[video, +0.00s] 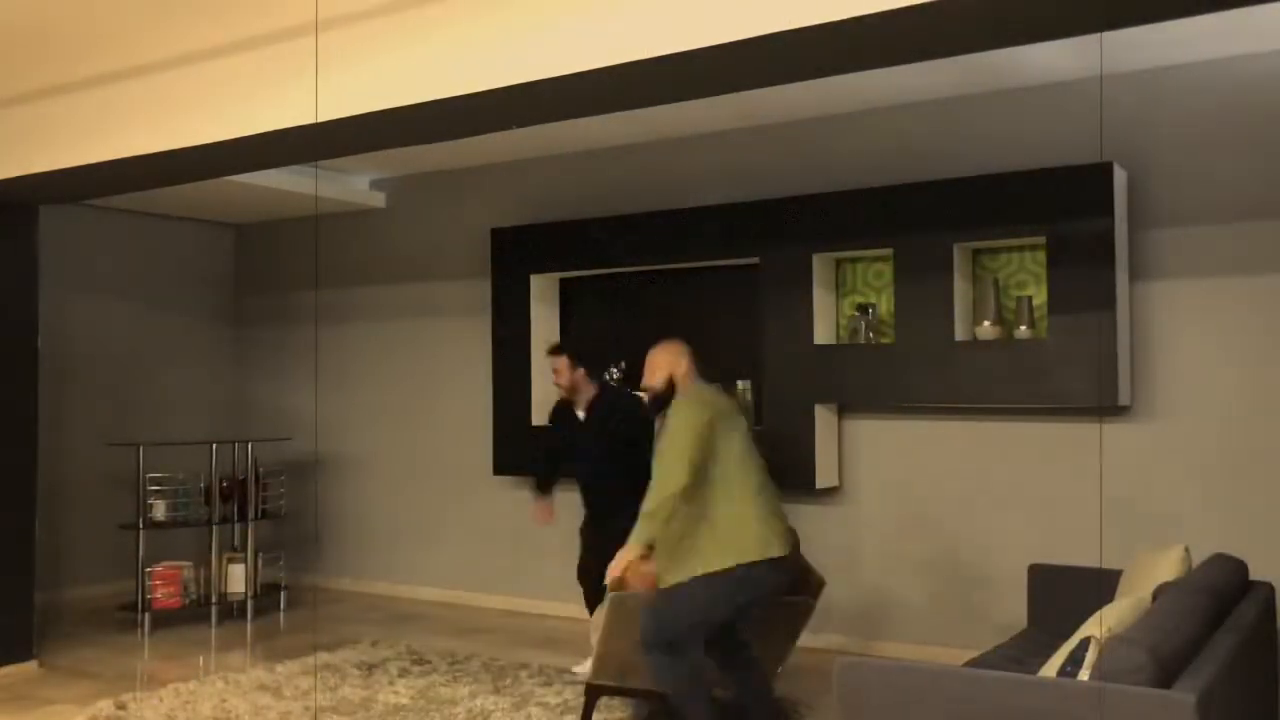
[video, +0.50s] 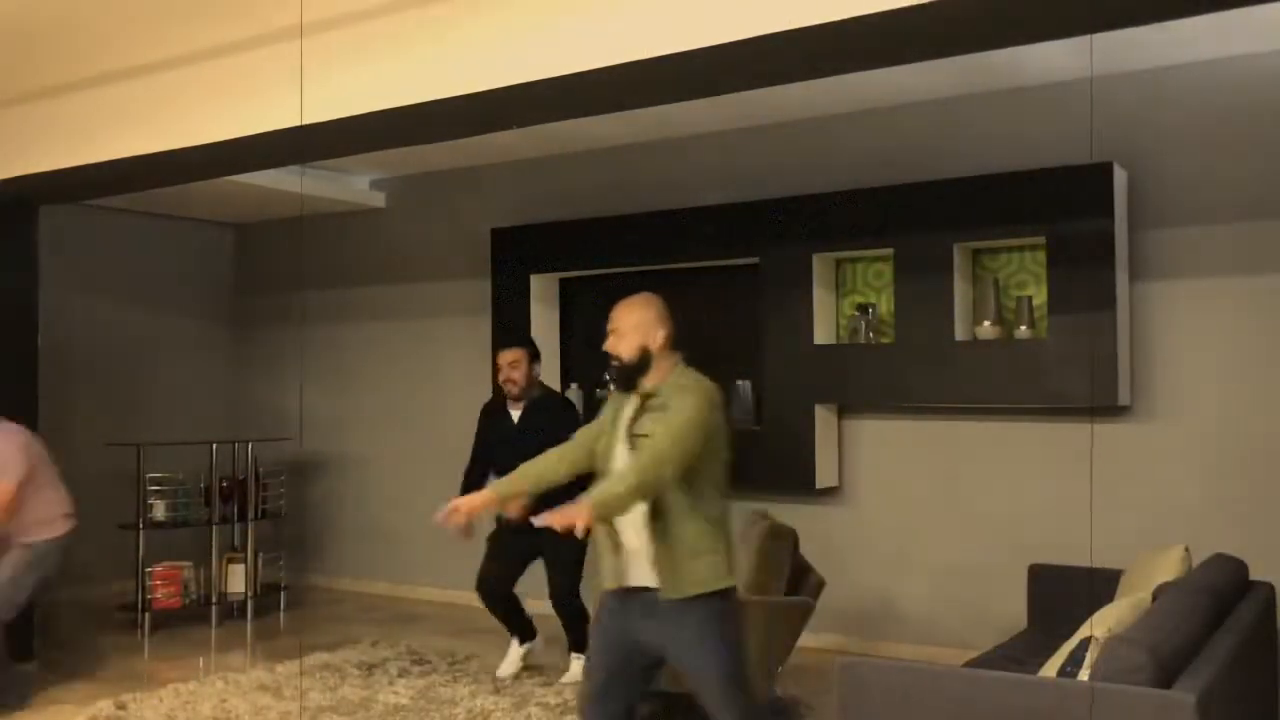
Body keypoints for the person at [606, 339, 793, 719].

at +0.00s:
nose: (645, 383)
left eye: (650, 372)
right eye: (645, 373)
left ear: (676, 366)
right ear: (684, 368)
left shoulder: (691, 404)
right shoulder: (714, 403)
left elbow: (672, 479)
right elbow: (703, 506)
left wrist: (635, 545)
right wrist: (659, 562)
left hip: (748, 558)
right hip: (772, 555)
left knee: (662, 627)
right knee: (718, 633)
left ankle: (697, 709)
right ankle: (763, 709)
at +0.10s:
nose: (662, 344)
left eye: (673, 333)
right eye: (659, 334)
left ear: (705, 335)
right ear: (656, 338)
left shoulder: (731, 381)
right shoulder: (667, 395)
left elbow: (728, 454)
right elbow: (653, 482)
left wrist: (682, 515)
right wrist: (607, 520)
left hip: (743, 550)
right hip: (703, 551)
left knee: (704, 665)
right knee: (712, 660)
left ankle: (766, 713)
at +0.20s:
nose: (665, 329)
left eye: (675, 320)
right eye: (665, 320)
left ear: (712, 321)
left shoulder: (756, 375)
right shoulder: (666, 374)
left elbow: (771, 452)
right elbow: (621, 436)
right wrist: (553, 475)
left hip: (739, 550)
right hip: (683, 549)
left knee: (722, 662)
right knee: (681, 667)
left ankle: (758, 717)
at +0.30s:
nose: (662, 327)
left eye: (671, 316)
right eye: (663, 316)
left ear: (709, 321)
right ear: (700, 321)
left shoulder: (757, 378)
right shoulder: (664, 377)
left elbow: (776, 463)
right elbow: (621, 427)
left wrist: (768, 539)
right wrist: (564, 447)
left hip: (730, 563)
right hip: (668, 558)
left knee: (740, 686)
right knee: (658, 683)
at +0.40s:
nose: (654, 341)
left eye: (665, 330)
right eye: (656, 330)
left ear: (703, 336)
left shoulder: (747, 396)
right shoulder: (656, 394)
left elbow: (739, 485)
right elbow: (603, 443)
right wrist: (523, 463)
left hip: (727, 585)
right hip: (656, 578)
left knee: (753, 703)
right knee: (626, 696)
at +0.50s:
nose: (607, 346)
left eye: (616, 333)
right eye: (608, 334)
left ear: (656, 336)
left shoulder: (695, 396)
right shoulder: (621, 404)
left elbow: (654, 468)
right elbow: (570, 455)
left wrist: (589, 505)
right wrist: (490, 495)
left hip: (692, 599)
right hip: (624, 599)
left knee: (732, 710)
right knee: (600, 709)